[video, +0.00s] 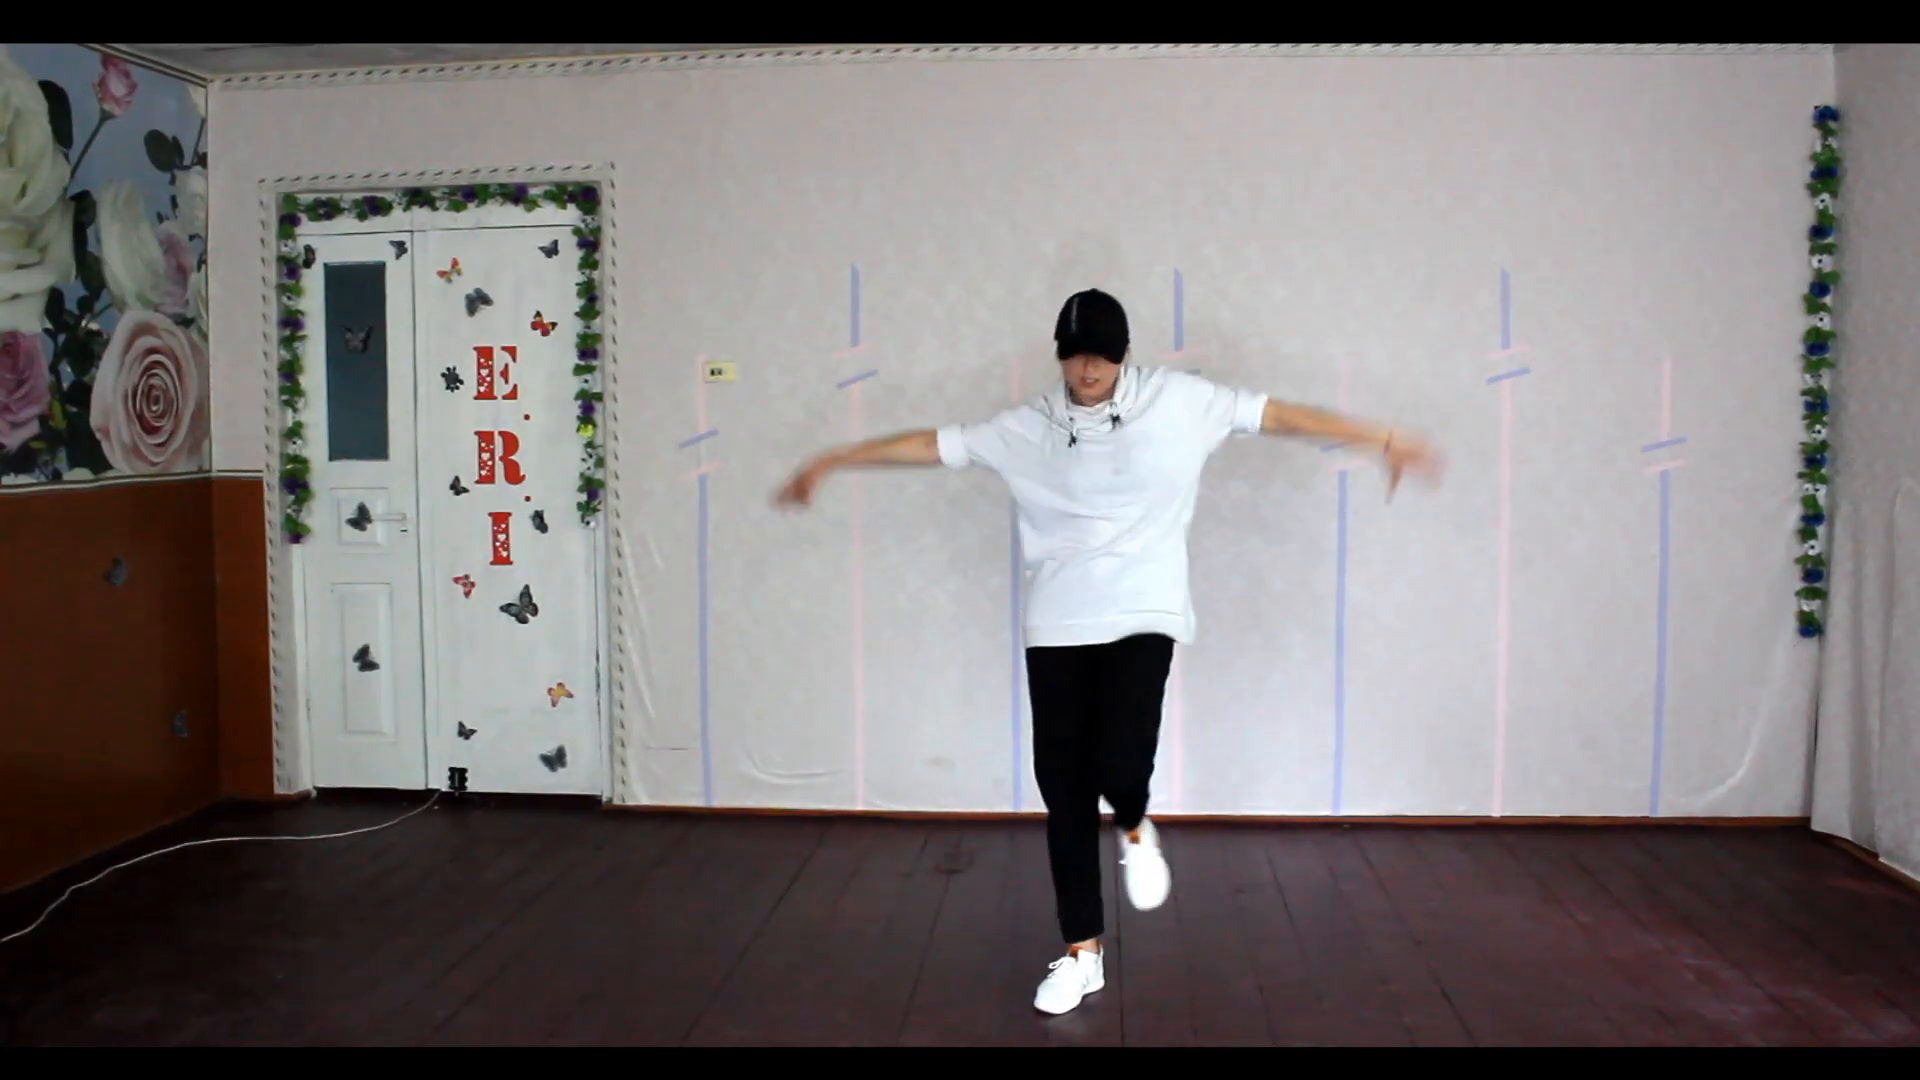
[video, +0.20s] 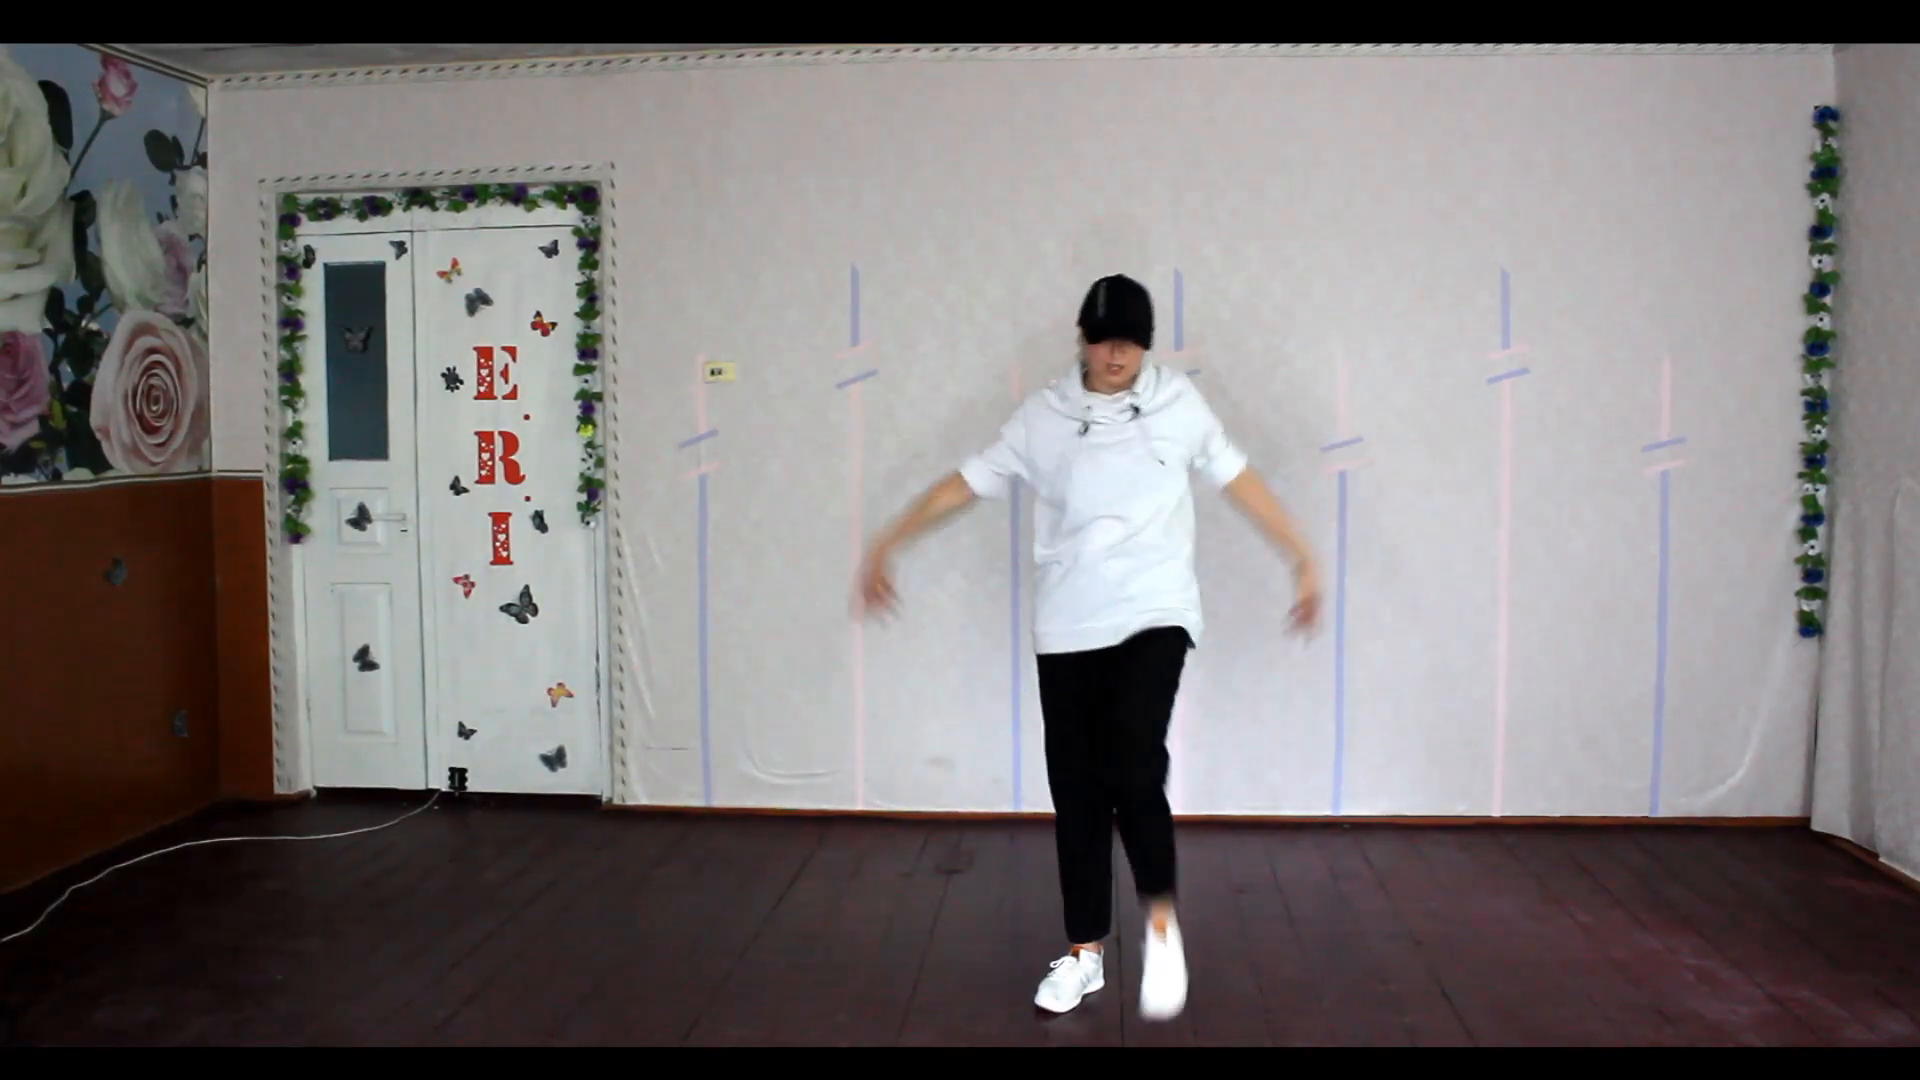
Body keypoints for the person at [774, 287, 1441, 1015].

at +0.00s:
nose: (1087, 378)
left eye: (1100, 367)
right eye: (1076, 365)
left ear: (1124, 359)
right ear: (1058, 358)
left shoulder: (1180, 402)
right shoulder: (1029, 424)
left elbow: (1277, 415)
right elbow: (935, 446)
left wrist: (1379, 439)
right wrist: (829, 461)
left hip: (1143, 620)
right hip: (1056, 625)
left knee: (1121, 777)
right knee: (1064, 789)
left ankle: (1134, 834)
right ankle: (1081, 950)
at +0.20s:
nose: (1115, 359)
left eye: (1128, 347)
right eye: (1103, 345)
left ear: (1147, 345)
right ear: (1081, 339)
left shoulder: (1177, 405)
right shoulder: (1043, 416)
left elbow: (1238, 481)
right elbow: (968, 483)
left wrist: (1304, 559)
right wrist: (886, 542)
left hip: (1153, 619)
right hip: (1066, 629)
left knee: (1133, 776)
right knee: (1074, 792)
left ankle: (1161, 927)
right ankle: (1084, 951)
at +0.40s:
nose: (1170, 410)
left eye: (1181, 397)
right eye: (1157, 397)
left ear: (1195, 388)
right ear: (1130, 381)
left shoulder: (1208, 473)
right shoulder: (1073, 445)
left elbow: (1235, 580)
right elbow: (1005, 527)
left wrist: (1218, 607)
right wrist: (933, 602)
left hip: (1171, 677)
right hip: (1085, 668)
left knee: (1160, 836)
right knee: (1091, 819)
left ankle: (1157, 992)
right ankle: (1078, 861)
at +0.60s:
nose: (1092, 360)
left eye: (1101, 349)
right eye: (1077, 351)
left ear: (1122, 323)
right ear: (1058, 335)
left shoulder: (1183, 374)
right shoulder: (1052, 377)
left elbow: (1260, 465)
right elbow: (979, 425)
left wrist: (1170, 504)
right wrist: (1092, 418)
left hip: (1169, 593)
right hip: (1089, 576)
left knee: (1145, 759)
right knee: (1098, 718)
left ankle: (1117, 918)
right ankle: (1081, 867)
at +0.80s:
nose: (1143, 392)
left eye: (1156, 381)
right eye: (1130, 380)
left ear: (1173, 365)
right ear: (1107, 359)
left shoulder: (1189, 420)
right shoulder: (1062, 417)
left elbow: (1239, 501)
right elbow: (968, 475)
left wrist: (1130, 525)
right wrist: (1080, 468)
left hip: (1164, 659)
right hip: (1081, 658)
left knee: (1129, 811)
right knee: (1105, 818)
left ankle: (1093, 923)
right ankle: (1126, 971)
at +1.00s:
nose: (1111, 398)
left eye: (1120, 383)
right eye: (1097, 387)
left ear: (1138, 361)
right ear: (1075, 372)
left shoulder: (1185, 420)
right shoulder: (1052, 424)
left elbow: (1254, 499)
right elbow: (967, 477)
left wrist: (1153, 535)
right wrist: (1075, 464)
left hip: (1167, 662)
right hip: (1080, 662)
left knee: (1152, 823)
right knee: (1099, 828)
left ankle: (1119, 901)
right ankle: (1122, 976)